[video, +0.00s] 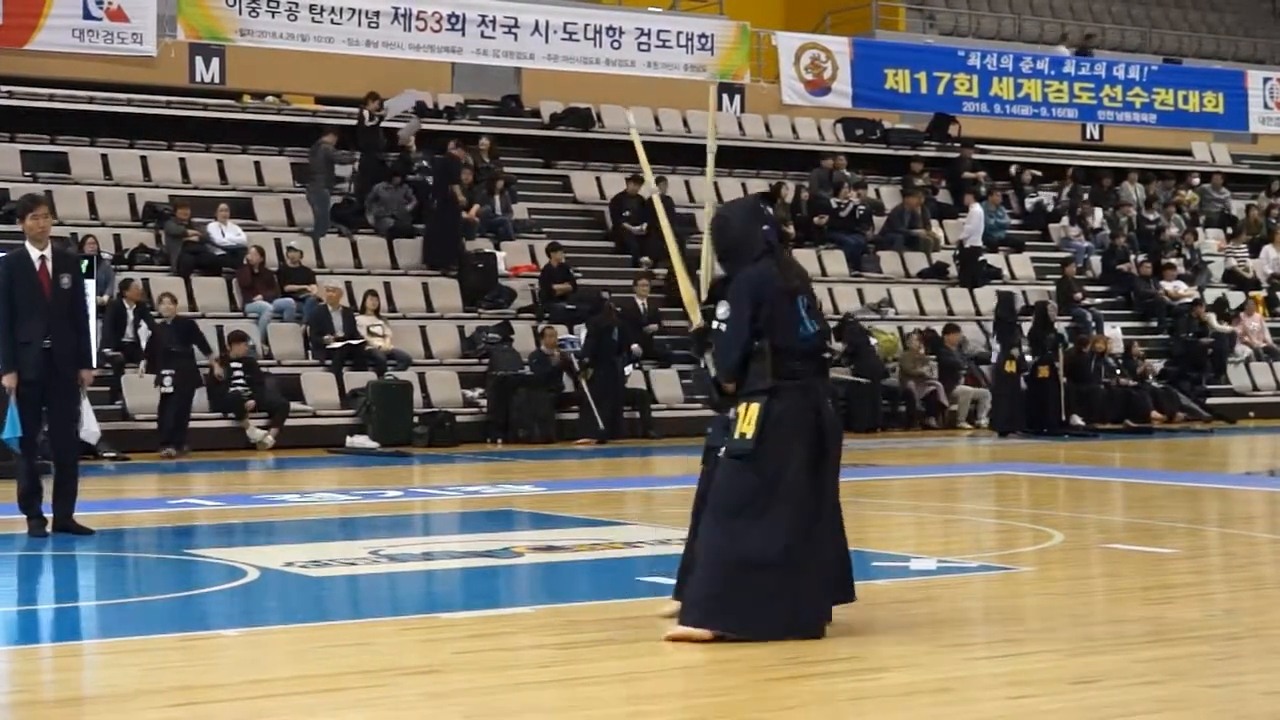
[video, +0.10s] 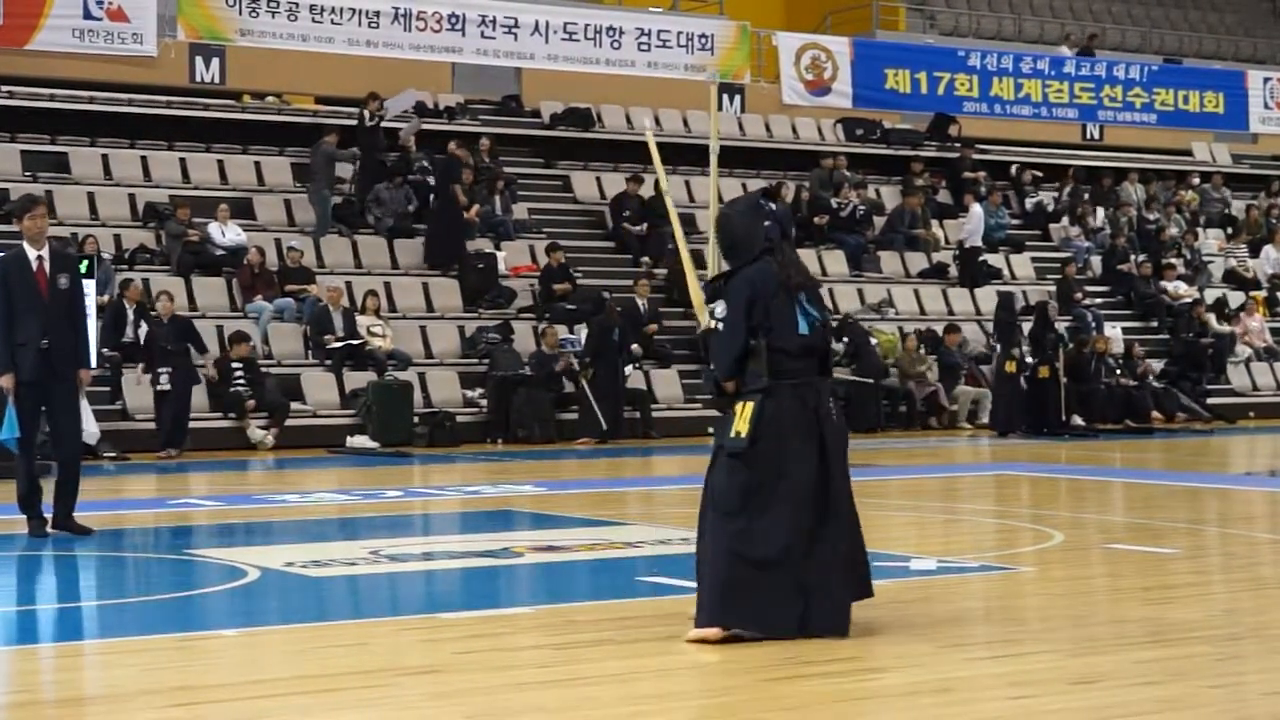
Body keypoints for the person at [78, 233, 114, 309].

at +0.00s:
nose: (92, 246)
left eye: (94, 243)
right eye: (88, 244)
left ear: (97, 246)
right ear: (83, 246)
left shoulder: (104, 264)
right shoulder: (77, 263)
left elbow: (110, 280)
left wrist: (106, 295)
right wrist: (92, 298)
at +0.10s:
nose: (92, 246)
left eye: (94, 243)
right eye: (89, 243)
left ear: (98, 246)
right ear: (83, 247)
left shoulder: (105, 264)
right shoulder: (77, 263)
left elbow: (111, 280)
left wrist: (107, 295)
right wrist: (92, 298)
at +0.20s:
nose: (92, 246)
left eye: (94, 243)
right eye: (89, 244)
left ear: (97, 246)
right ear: (83, 247)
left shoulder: (104, 264)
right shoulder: (77, 263)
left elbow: (111, 280)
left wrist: (107, 295)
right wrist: (93, 298)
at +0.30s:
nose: (92, 246)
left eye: (94, 243)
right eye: (89, 244)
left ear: (97, 246)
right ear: (83, 247)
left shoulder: (104, 264)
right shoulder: (77, 263)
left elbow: (111, 280)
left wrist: (107, 295)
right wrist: (93, 298)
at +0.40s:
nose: (92, 246)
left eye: (94, 243)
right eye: (89, 243)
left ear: (98, 246)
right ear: (83, 247)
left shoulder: (104, 264)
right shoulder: (77, 264)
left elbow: (111, 280)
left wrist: (107, 295)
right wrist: (93, 298)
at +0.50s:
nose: (92, 246)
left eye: (94, 243)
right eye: (89, 243)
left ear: (98, 245)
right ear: (83, 246)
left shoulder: (105, 264)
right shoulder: (78, 263)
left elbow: (111, 280)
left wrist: (107, 295)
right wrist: (93, 298)